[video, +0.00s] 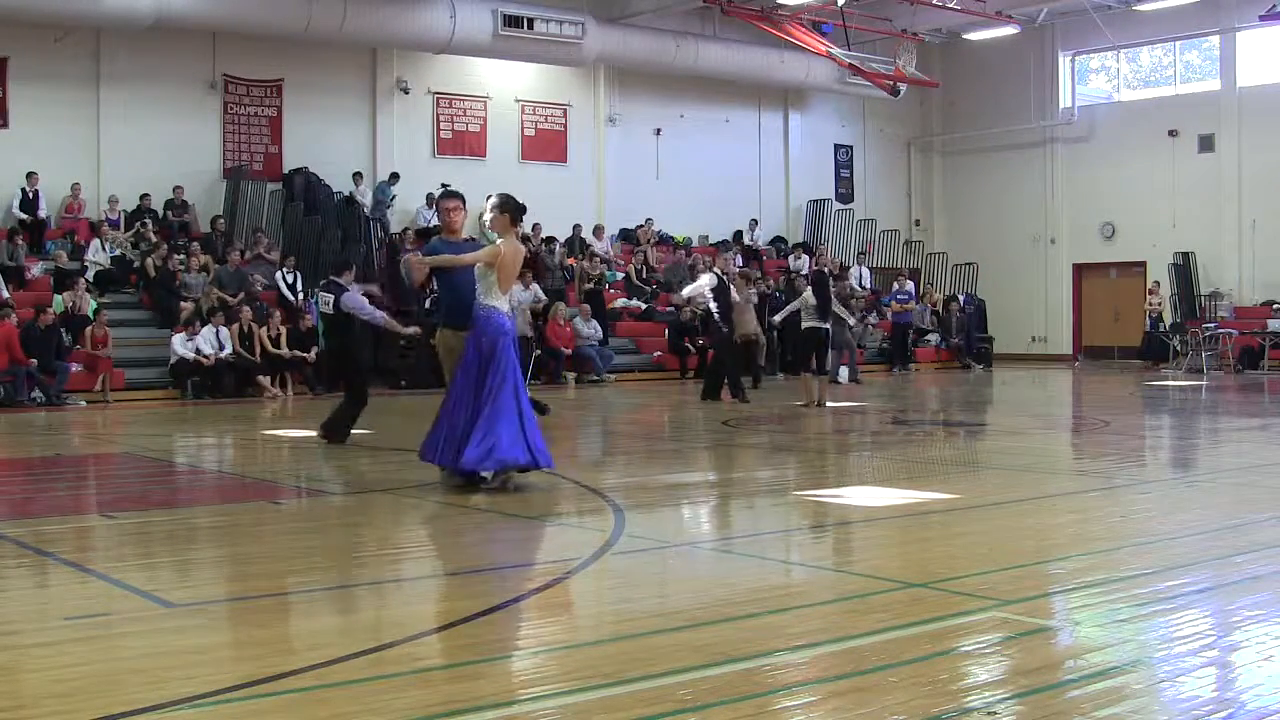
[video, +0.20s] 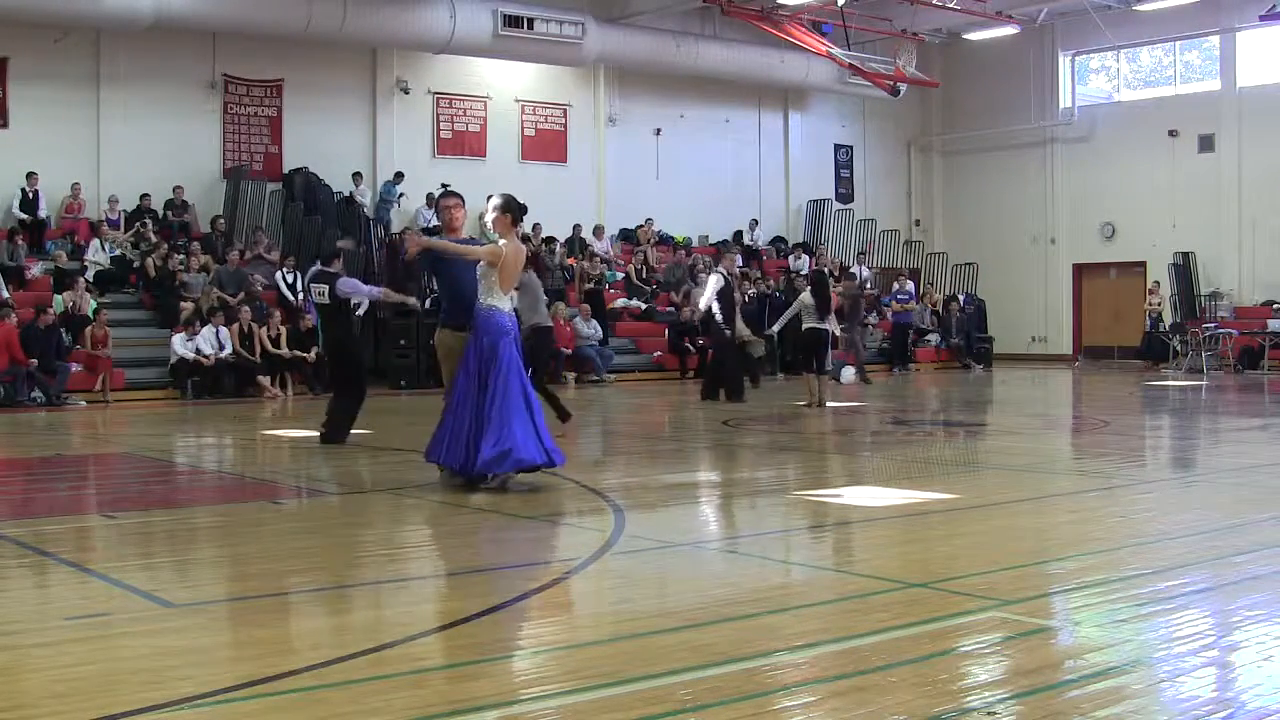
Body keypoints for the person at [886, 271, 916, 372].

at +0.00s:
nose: (901, 282)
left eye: (903, 280)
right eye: (899, 280)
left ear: (906, 281)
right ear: (896, 282)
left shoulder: (910, 294)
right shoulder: (894, 294)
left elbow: (912, 306)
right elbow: (894, 308)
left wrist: (899, 306)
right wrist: (907, 307)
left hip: (907, 322)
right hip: (896, 322)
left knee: (906, 344)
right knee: (896, 344)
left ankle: (906, 363)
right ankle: (896, 364)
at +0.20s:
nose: (902, 282)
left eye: (904, 280)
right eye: (900, 280)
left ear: (906, 281)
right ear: (897, 282)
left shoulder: (910, 294)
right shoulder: (894, 294)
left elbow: (913, 306)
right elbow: (894, 307)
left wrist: (900, 305)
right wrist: (907, 306)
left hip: (907, 322)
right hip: (897, 322)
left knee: (905, 344)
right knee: (896, 344)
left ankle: (905, 364)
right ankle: (896, 365)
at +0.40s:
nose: (902, 282)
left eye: (904, 280)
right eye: (900, 280)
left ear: (907, 281)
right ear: (897, 282)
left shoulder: (910, 294)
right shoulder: (895, 294)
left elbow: (913, 306)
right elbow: (894, 307)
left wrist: (900, 306)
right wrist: (907, 306)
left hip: (907, 322)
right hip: (897, 321)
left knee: (905, 344)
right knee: (896, 344)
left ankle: (905, 364)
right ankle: (896, 365)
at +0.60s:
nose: (903, 282)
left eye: (905, 280)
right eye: (901, 280)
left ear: (907, 281)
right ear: (898, 281)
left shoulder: (910, 294)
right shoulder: (895, 293)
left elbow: (913, 306)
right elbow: (894, 307)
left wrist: (901, 306)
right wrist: (908, 306)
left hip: (907, 321)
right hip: (897, 321)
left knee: (905, 343)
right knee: (896, 343)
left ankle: (905, 364)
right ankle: (895, 364)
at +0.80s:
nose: (903, 282)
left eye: (905, 280)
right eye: (901, 280)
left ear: (907, 281)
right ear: (898, 281)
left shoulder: (910, 293)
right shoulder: (895, 292)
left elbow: (913, 306)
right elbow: (894, 307)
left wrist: (900, 306)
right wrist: (908, 306)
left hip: (907, 321)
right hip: (897, 321)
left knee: (905, 343)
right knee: (896, 343)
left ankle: (905, 363)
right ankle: (895, 364)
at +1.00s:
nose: (903, 282)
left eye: (905, 280)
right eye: (901, 280)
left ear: (907, 281)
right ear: (898, 281)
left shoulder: (910, 294)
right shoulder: (894, 293)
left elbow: (913, 306)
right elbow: (894, 307)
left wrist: (900, 306)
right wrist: (908, 306)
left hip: (907, 321)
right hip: (897, 321)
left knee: (905, 343)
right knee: (896, 343)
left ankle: (905, 363)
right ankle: (895, 365)